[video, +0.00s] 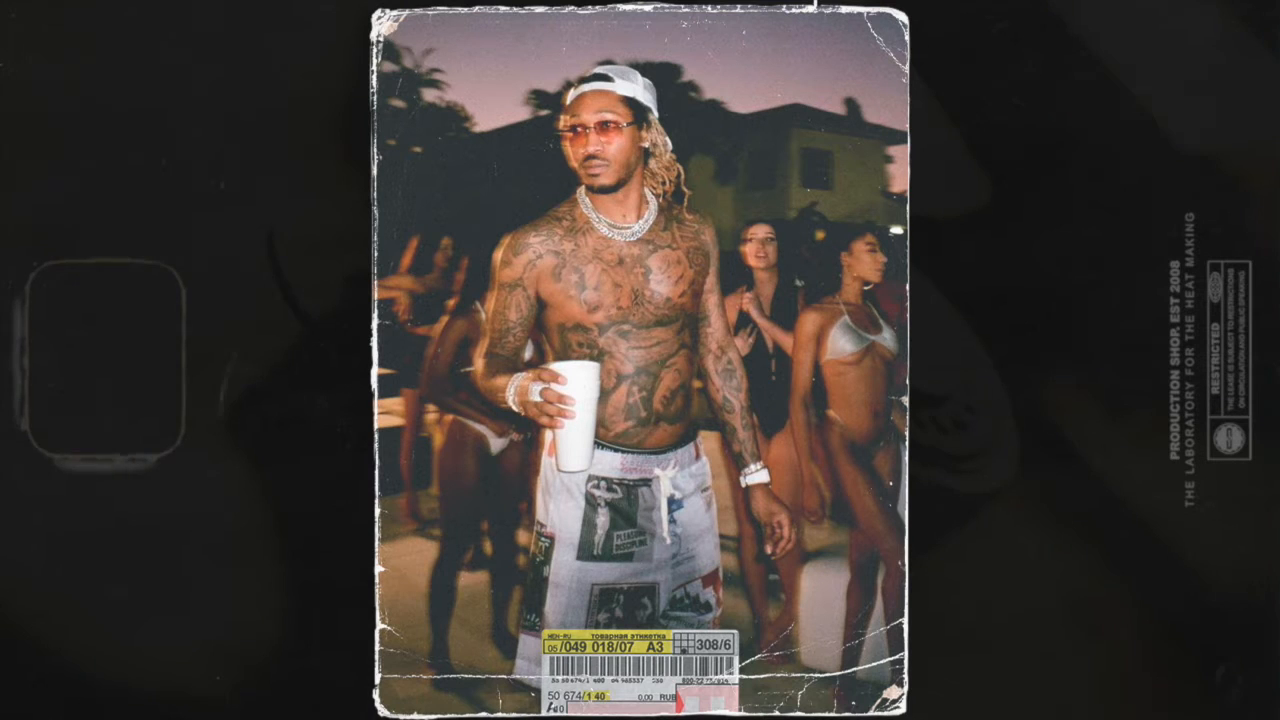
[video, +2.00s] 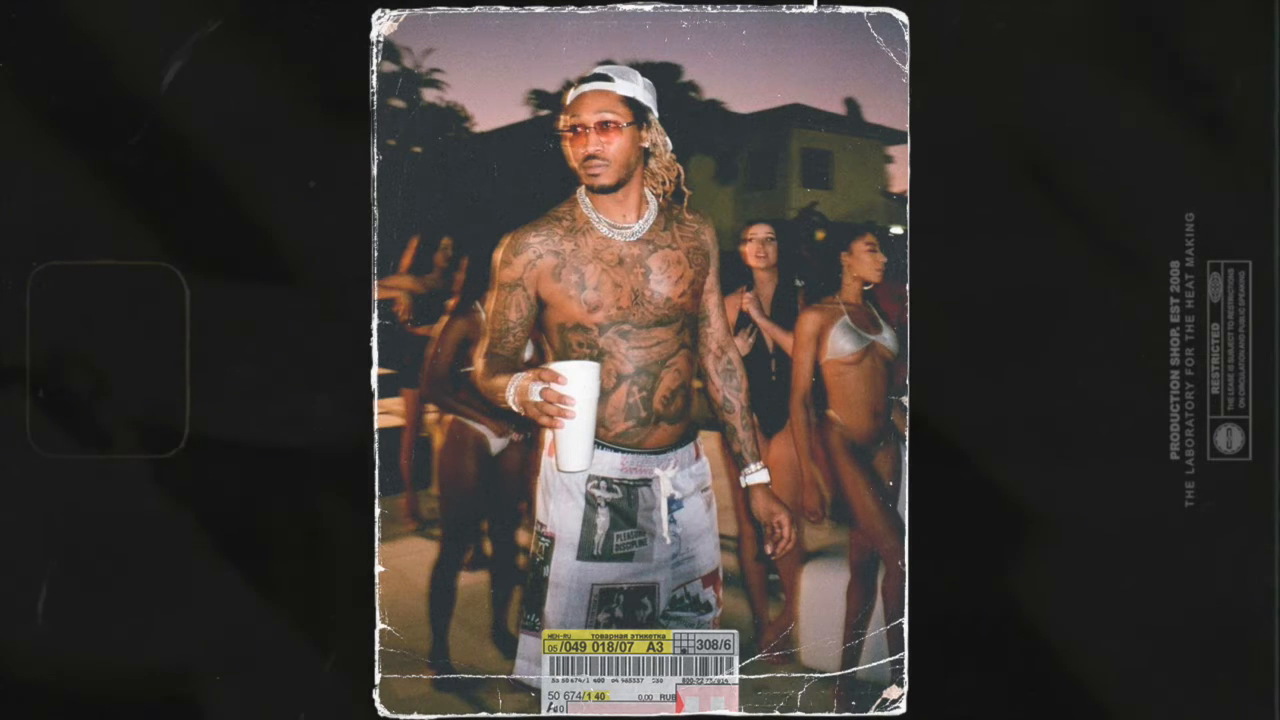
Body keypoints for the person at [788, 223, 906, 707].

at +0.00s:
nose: (882, 259)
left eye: (881, 251)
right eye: (871, 251)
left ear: (870, 262)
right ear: (844, 259)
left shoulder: (877, 315)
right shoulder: (818, 317)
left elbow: (885, 393)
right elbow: (798, 403)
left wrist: (899, 444)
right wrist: (814, 479)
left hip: (881, 448)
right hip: (838, 449)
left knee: (863, 564)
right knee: (898, 553)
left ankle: (846, 673)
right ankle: (902, 671)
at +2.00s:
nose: (882, 259)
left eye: (881, 251)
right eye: (871, 251)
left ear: (872, 262)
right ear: (844, 259)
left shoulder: (877, 316)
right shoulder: (818, 317)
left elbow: (886, 391)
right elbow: (799, 403)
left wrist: (900, 432)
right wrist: (812, 478)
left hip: (882, 447)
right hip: (838, 448)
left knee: (863, 562)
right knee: (897, 551)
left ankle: (846, 672)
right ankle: (902, 669)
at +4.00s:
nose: (882, 259)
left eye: (881, 251)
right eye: (871, 251)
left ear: (869, 261)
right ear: (844, 259)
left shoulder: (876, 314)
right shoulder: (818, 317)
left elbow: (885, 391)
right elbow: (798, 402)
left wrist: (899, 440)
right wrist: (812, 477)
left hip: (882, 447)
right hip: (838, 449)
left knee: (863, 563)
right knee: (898, 552)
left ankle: (846, 674)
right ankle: (902, 670)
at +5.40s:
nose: (882, 259)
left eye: (881, 251)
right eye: (871, 251)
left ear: (871, 262)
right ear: (844, 259)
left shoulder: (877, 316)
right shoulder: (818, 317)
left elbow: (884, 391)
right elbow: (798, 403)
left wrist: (900, 433)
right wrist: (813, 478)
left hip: (882, 448)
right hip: (838, 449)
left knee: (863, 562)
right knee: (898, 553)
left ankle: (846, 673)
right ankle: (903, 671)